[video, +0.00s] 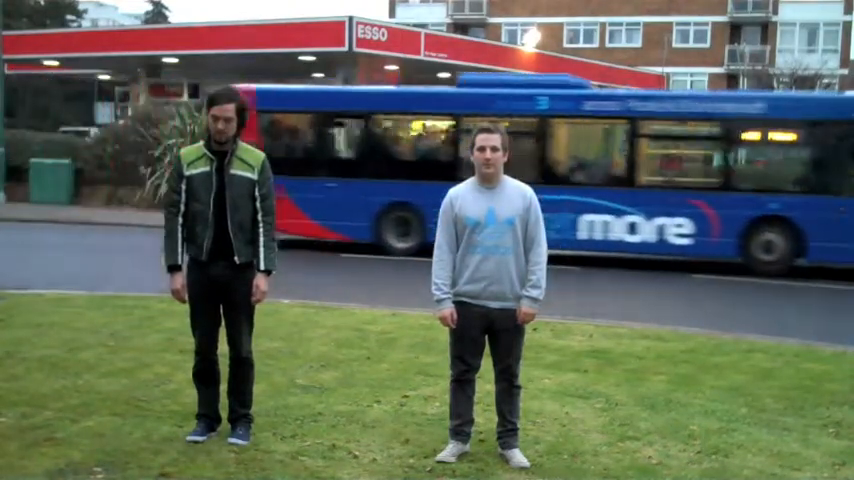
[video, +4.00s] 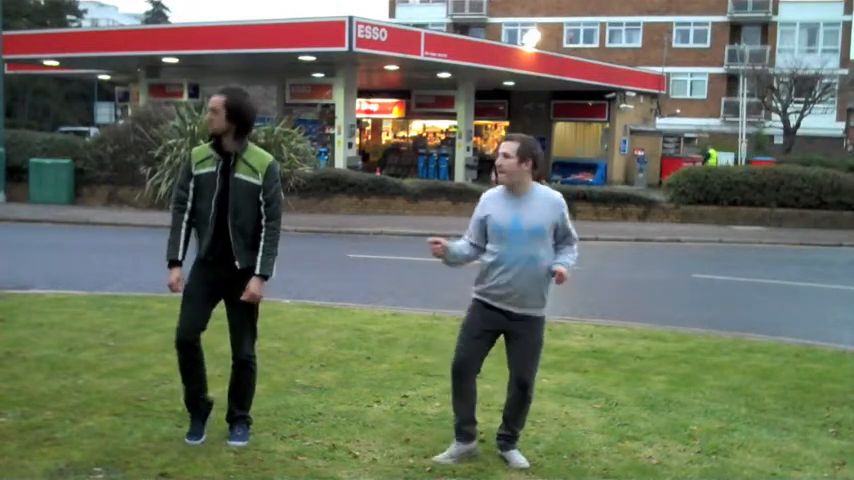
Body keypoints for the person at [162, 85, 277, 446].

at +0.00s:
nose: (221, 126)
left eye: (228, 120)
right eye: (216, 119)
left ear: (239, 122)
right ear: (206, 119)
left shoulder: (256, 162)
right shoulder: (185, 160)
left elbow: (266, 220)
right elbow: (173, 216)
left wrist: (264, 270)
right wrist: (175, 269)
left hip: (241, 270)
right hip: (200, 269)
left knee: (240, 350)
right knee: (204, 349)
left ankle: (241, 421)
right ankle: (206, 418)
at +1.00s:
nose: (219, 127)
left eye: (227, 122)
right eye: (214, 120)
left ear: (240, 124)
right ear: (206, 119)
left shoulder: (258, 164)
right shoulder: (186, 160)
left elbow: (267, 220)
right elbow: (174, 216)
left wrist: (264, 272)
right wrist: (175, 269)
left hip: (241, 270)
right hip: (200, 269)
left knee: (240, 350)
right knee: (204, 349)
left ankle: (240, 421)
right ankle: (206, 419)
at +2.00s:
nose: (212, 128)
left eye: (220, 123)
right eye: (210, 121)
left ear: (240, 125)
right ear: (208, 121)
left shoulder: (263, 164)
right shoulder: (192, 161)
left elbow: (272, 221)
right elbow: (177, 216)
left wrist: (268, 272)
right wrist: (173, 268)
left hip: (246, 272)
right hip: (205, 269)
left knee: (244, 351)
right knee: (194, 346)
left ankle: (240, 420)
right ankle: (205, 416)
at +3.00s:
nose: (212, 125)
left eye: (220, 119)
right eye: (211, 118)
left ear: (241, 122)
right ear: (210, 119)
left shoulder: (266, 164)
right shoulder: (196, 158)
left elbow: (273, 222)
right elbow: (179, 211)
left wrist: (266, 274)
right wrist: (172, 263)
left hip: (245, 271)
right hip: (204, 266)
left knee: (244, 351)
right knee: (183, 335)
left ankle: (240, 419)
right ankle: (198, 412)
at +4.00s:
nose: (207, 117)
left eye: (214, 113)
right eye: (208, 111)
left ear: (234, 118)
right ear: (218, 118)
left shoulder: (265, 166)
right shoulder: (197, 158)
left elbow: (272, 225)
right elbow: (181, 212)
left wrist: (261, 276)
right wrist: (175, 263)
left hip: (244, 272)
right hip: (204, 268)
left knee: (243, 353)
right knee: (185, 336)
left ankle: (239, 419)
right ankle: (198, 410)